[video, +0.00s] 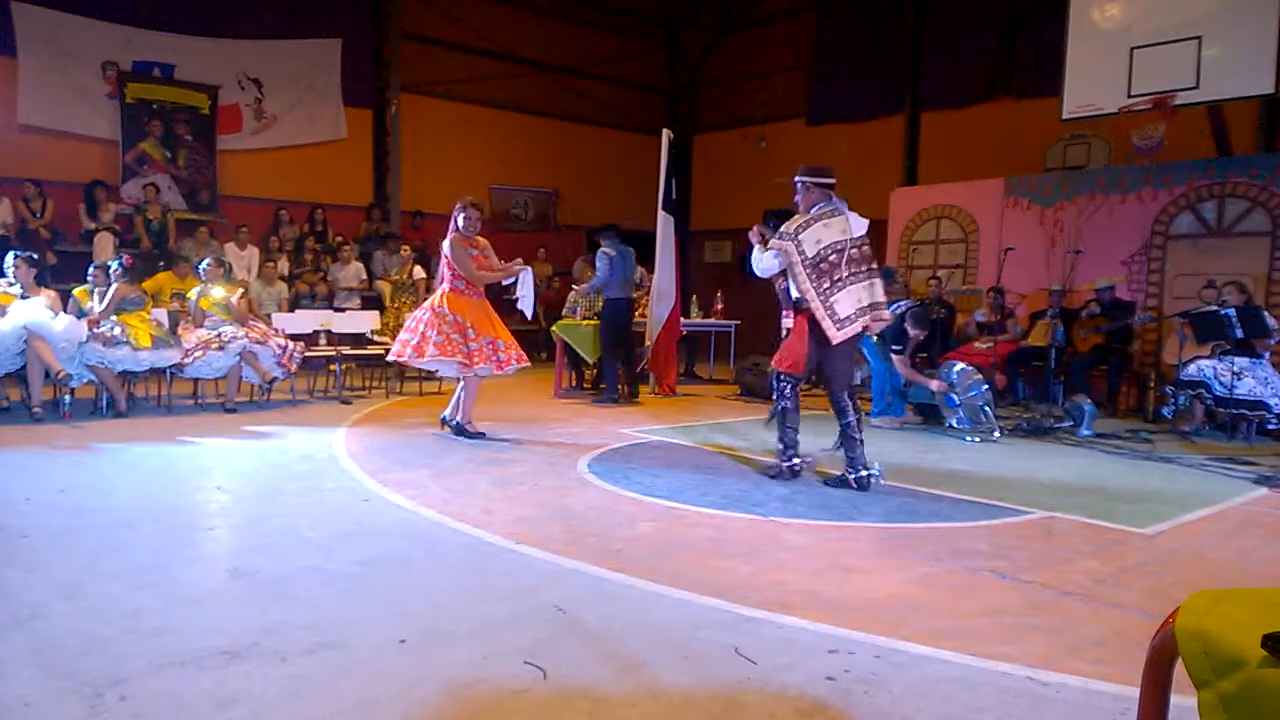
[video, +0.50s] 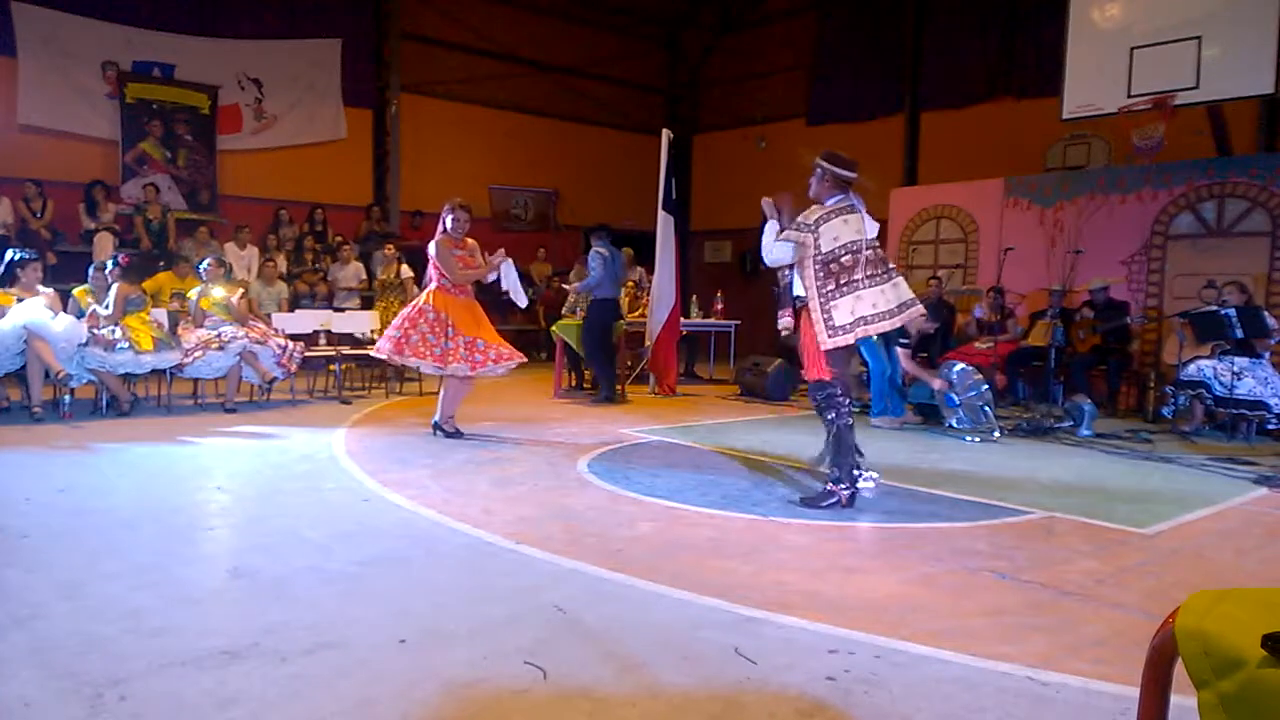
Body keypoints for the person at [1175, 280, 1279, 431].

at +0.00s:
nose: (1224, 298)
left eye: (1229, 293)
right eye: (1222, 294)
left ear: (1243, 297)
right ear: (1218, 297)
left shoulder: (1257, 315)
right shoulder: (1217, 316)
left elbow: (1264, 346)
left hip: (1254, 365)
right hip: (1223, 363)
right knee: (1197, 368)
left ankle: (1242, 424)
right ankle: (1197, 419)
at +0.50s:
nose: (1224, 298)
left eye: (1230, 293)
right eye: (1222, 294)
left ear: (1244, 297)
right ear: (1218, 297)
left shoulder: (1257, 315)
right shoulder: (1217, 316)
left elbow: (1265, 346)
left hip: (1253, 365)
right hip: (1223, 363)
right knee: (1197, 368)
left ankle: (1242, 424)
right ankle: (1197, 419)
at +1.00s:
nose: (1224, 297)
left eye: (1230, 293)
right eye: (1222, 294)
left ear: (1244, 297)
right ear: (1218, 298)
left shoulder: (1257, 315)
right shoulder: (1217, 316)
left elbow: (1263, 346)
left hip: (1254, 365)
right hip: (1223, 363)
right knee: (1196, 368)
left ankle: (1242, 424)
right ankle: (1197, 419)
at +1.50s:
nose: (1231, 297)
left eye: (1237, 293)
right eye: (1228, 293)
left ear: (1247, 297)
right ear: (1222, 297)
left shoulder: (1258, 315)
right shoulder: (1218, 316)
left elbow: (1265, 345)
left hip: (1254, 364)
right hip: (1224, 362)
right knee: (1197, 368)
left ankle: (1242, 425)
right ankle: (1197, 419)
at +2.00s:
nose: (1235, 297)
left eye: (1240, 293)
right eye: (1231, 294)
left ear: (1248, 297)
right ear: (1223, 298)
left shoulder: (1258, 315)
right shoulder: (1215, 316)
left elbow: (1265, 346)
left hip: (1254, 364)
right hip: (1222, 362)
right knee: (1197, 368)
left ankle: (1243, 424)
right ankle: (1197, 419)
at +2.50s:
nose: (1237, 297)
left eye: (1241, 293)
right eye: (1231, 294)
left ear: (1248, 297)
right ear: (1223, 298)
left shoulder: (1258, 315)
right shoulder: (1216, 316)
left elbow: (1265, 346)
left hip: (1254, 364)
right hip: (1223, 363)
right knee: (1196, 368)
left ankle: (1243, 425)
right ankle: (1197, 419)